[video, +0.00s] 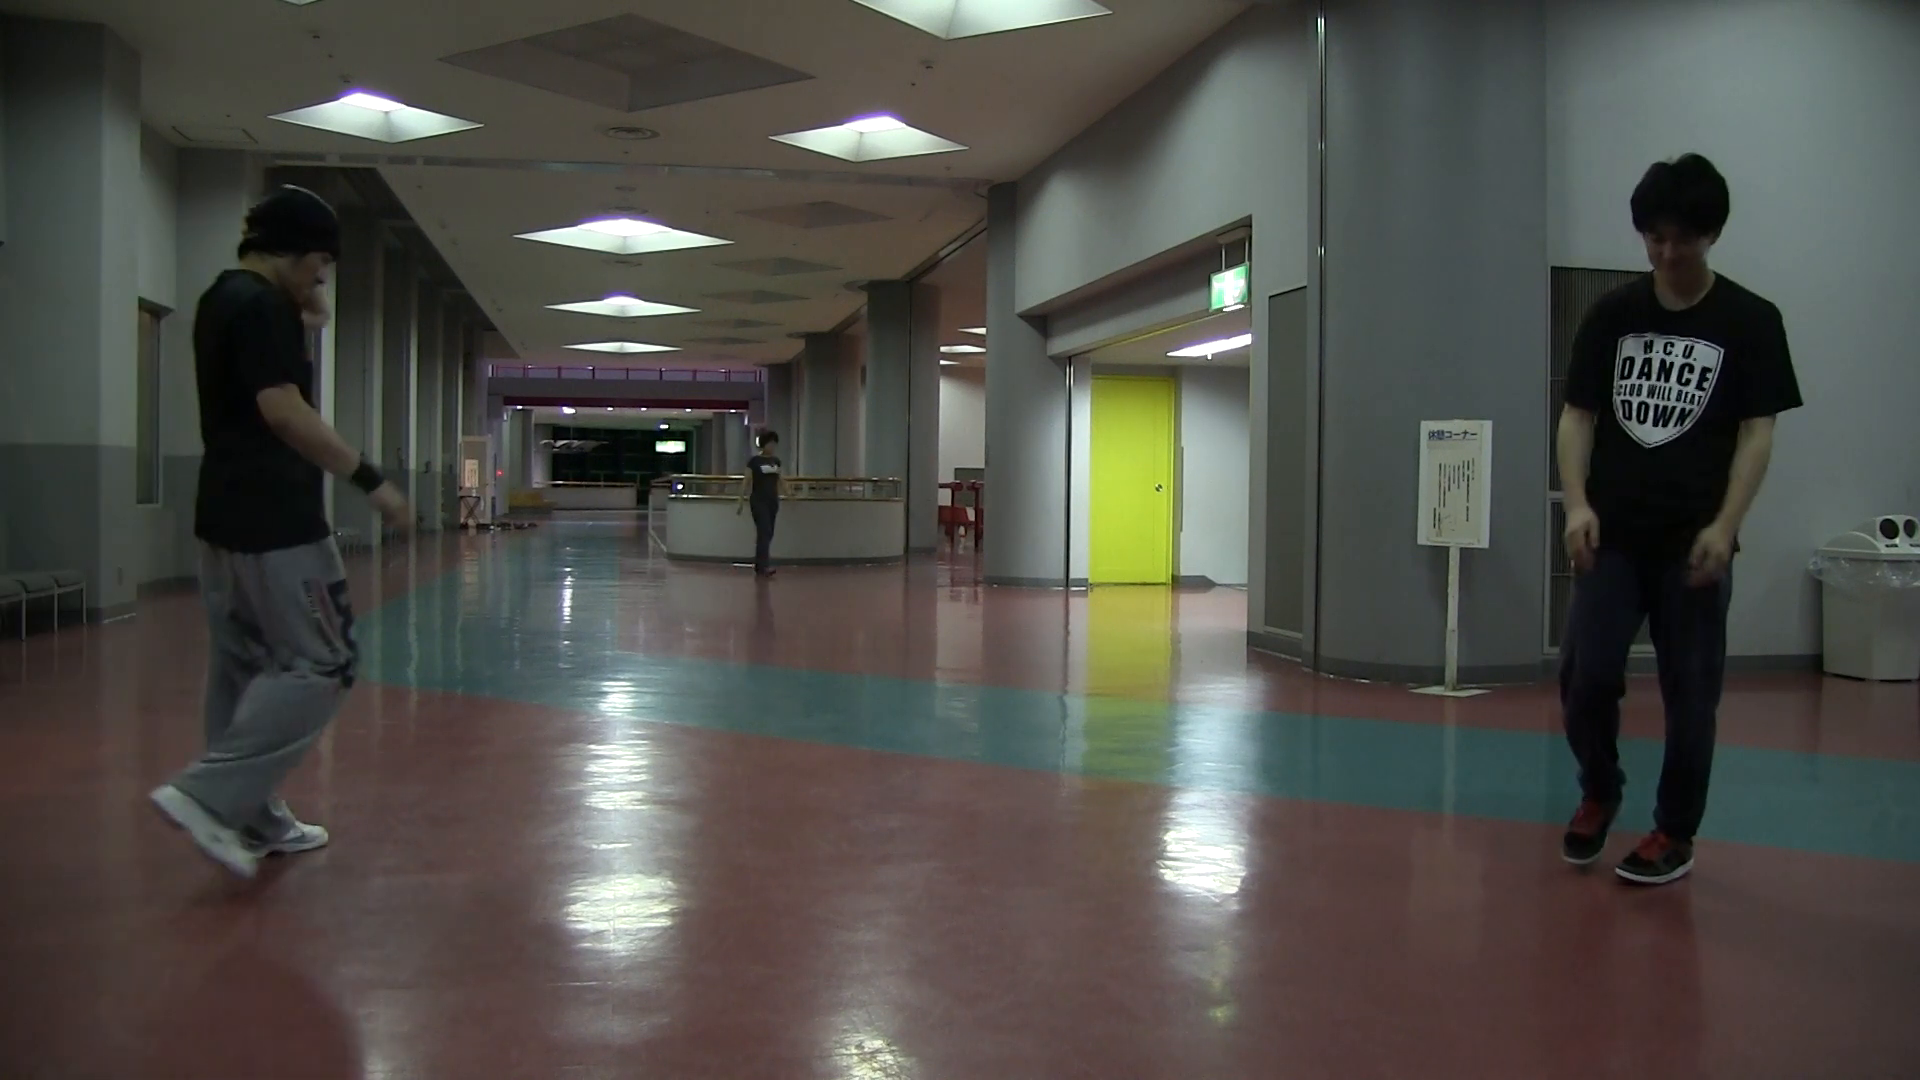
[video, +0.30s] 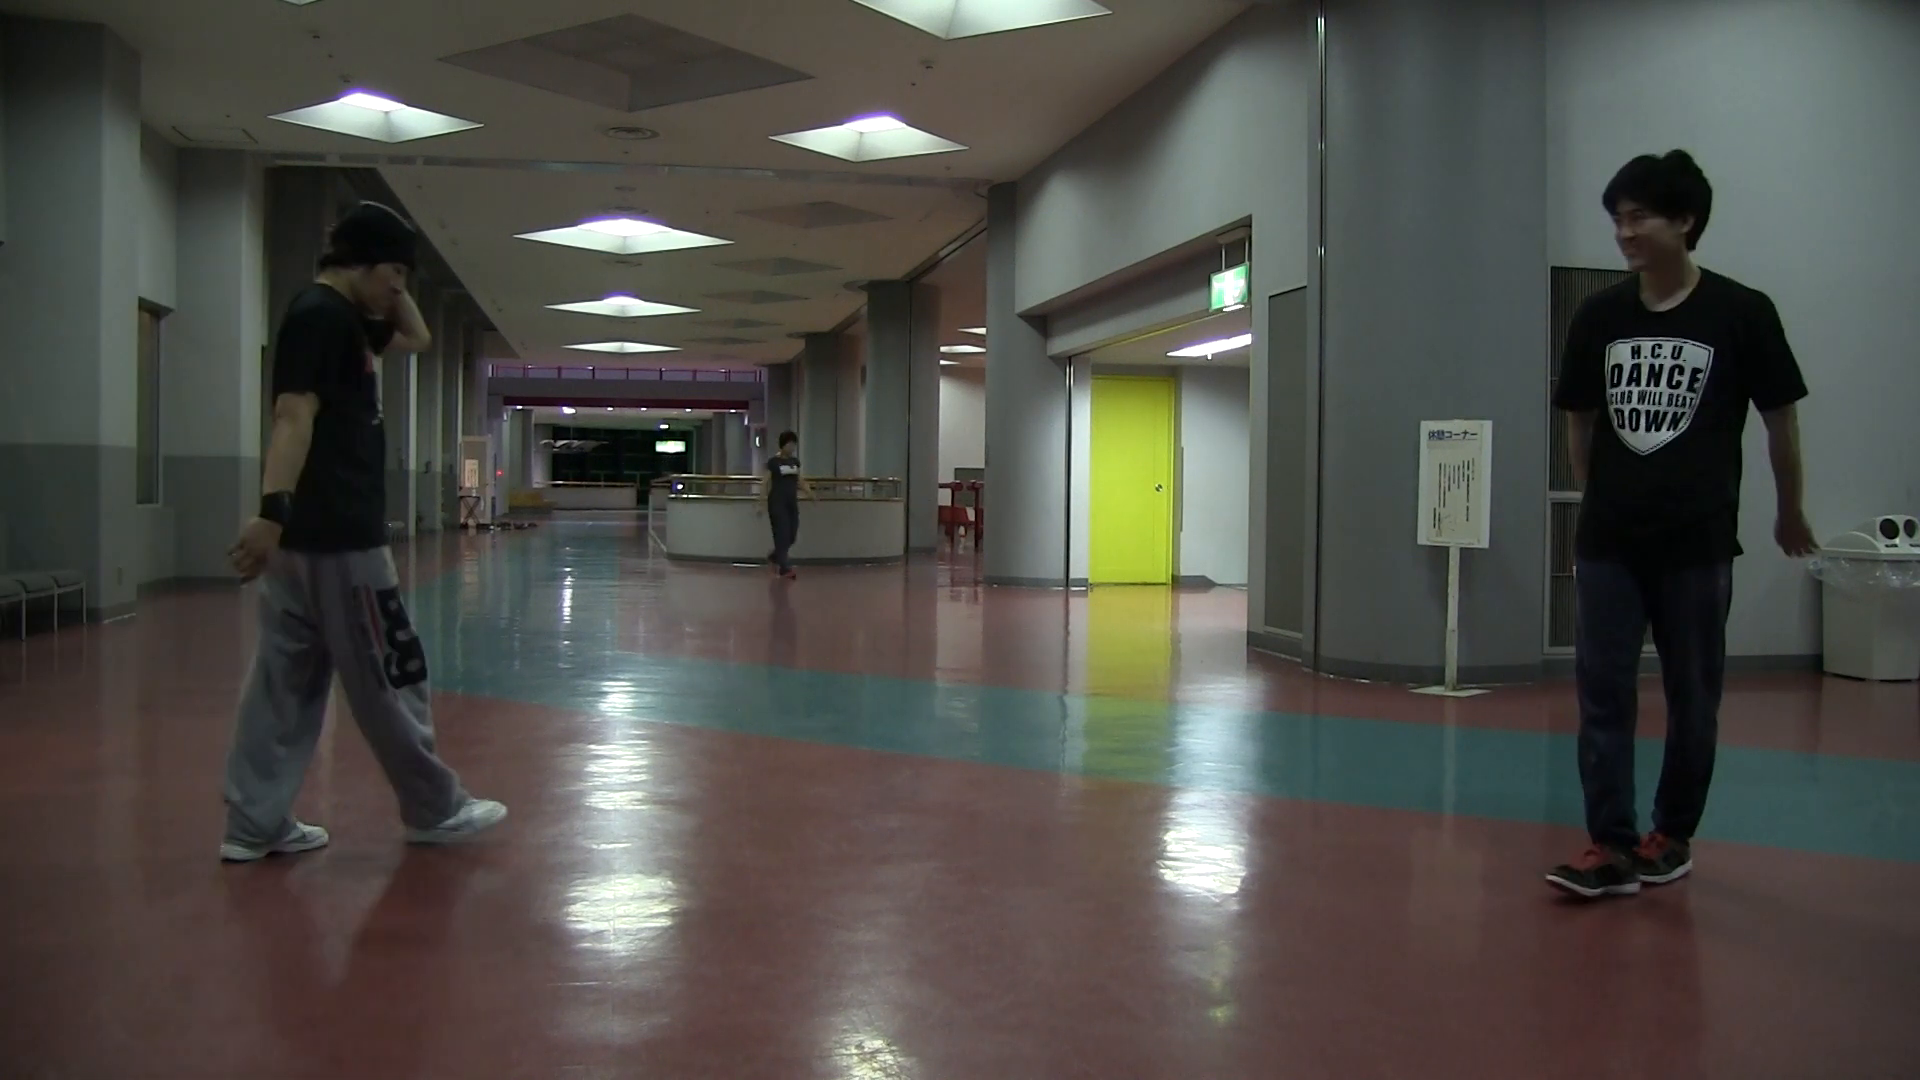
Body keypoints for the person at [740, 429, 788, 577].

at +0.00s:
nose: (773, 447)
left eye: (774, 444)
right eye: (771, 444)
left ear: (774, 445)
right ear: (764, 445)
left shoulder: (776, 462)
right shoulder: (754, 462)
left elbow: (780, 480)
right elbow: (745, 483)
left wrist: (788, 492)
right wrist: (741, 502)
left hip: (772, 500)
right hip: (758, 501)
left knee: (767, 533)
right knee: (764, 532)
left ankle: (761, 565)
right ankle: (762, 566)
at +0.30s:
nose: (793, 448)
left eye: (794, 444)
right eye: (790, 444)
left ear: (795, 446)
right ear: (783, 445)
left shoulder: (795, 462)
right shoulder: (773, 462)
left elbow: (800, 481)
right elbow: (765, 484)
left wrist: (811, 494)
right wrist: (761, 504)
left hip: (791, 502)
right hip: (776, 503)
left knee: (791, 536)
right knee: (782, 534)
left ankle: (774, 556)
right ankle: (784, 567)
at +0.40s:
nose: (799, 445)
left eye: (800, 442)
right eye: (797, 442)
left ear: (800, 443)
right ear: (790, 442)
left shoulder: (801, 460)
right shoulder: (780, 460)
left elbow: (803, 480)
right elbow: (775, 483)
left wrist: (808, 495)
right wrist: (778, 502)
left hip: (800, 503)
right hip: (785, 503)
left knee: (802, 533)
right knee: (784, 535)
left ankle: (791, 562)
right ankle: (784, 567)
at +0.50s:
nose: (806, 446)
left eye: (807, 442)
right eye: (805, 442)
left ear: (807, 443)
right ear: (798, 442)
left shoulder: (806, 460)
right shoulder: (787, 459)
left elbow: (805, 481)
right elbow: (786, 481)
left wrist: (808, 496)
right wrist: (797, 497)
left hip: (805, 499)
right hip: (790, 500)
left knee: (810, 534)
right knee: (786, 535)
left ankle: (810, 567)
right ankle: (785, 568)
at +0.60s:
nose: (815, 447)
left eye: (816, 444)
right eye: (813, 443)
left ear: (814, 445)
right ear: (806, 444)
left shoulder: (813, 462)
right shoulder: (796, 462)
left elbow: (812, 482)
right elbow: (797, 481)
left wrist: (815, 497)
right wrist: (813, 493)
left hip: (812, 503)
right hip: (798, 504)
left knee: (818, 536)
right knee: (791, 537)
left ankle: (827, 568)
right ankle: (785, 568)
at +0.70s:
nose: (825, 448)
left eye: (825, 445)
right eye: (823, 444)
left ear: (823, 446)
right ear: (816, 444)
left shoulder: (823, 462)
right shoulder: (805, 461)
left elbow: (822, 481)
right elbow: (806, 481)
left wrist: (826, 495)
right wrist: (822, 493)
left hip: (823, 504)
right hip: (807, 505)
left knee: (827, 537)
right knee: (802, 536)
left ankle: (830, 570)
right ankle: (787, 567)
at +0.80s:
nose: (834, 446)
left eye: (835, 442)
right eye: (832, 442)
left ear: (834, 444)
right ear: (823, 443)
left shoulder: (832, 461)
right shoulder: (814, 459)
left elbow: (830, 483)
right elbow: (812, 481)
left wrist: (834, 498)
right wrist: (823, 498)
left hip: (832, 500)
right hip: (817, 501)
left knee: (832, 537)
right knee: (816, 536)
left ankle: (831, 571)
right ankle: (797, 562)